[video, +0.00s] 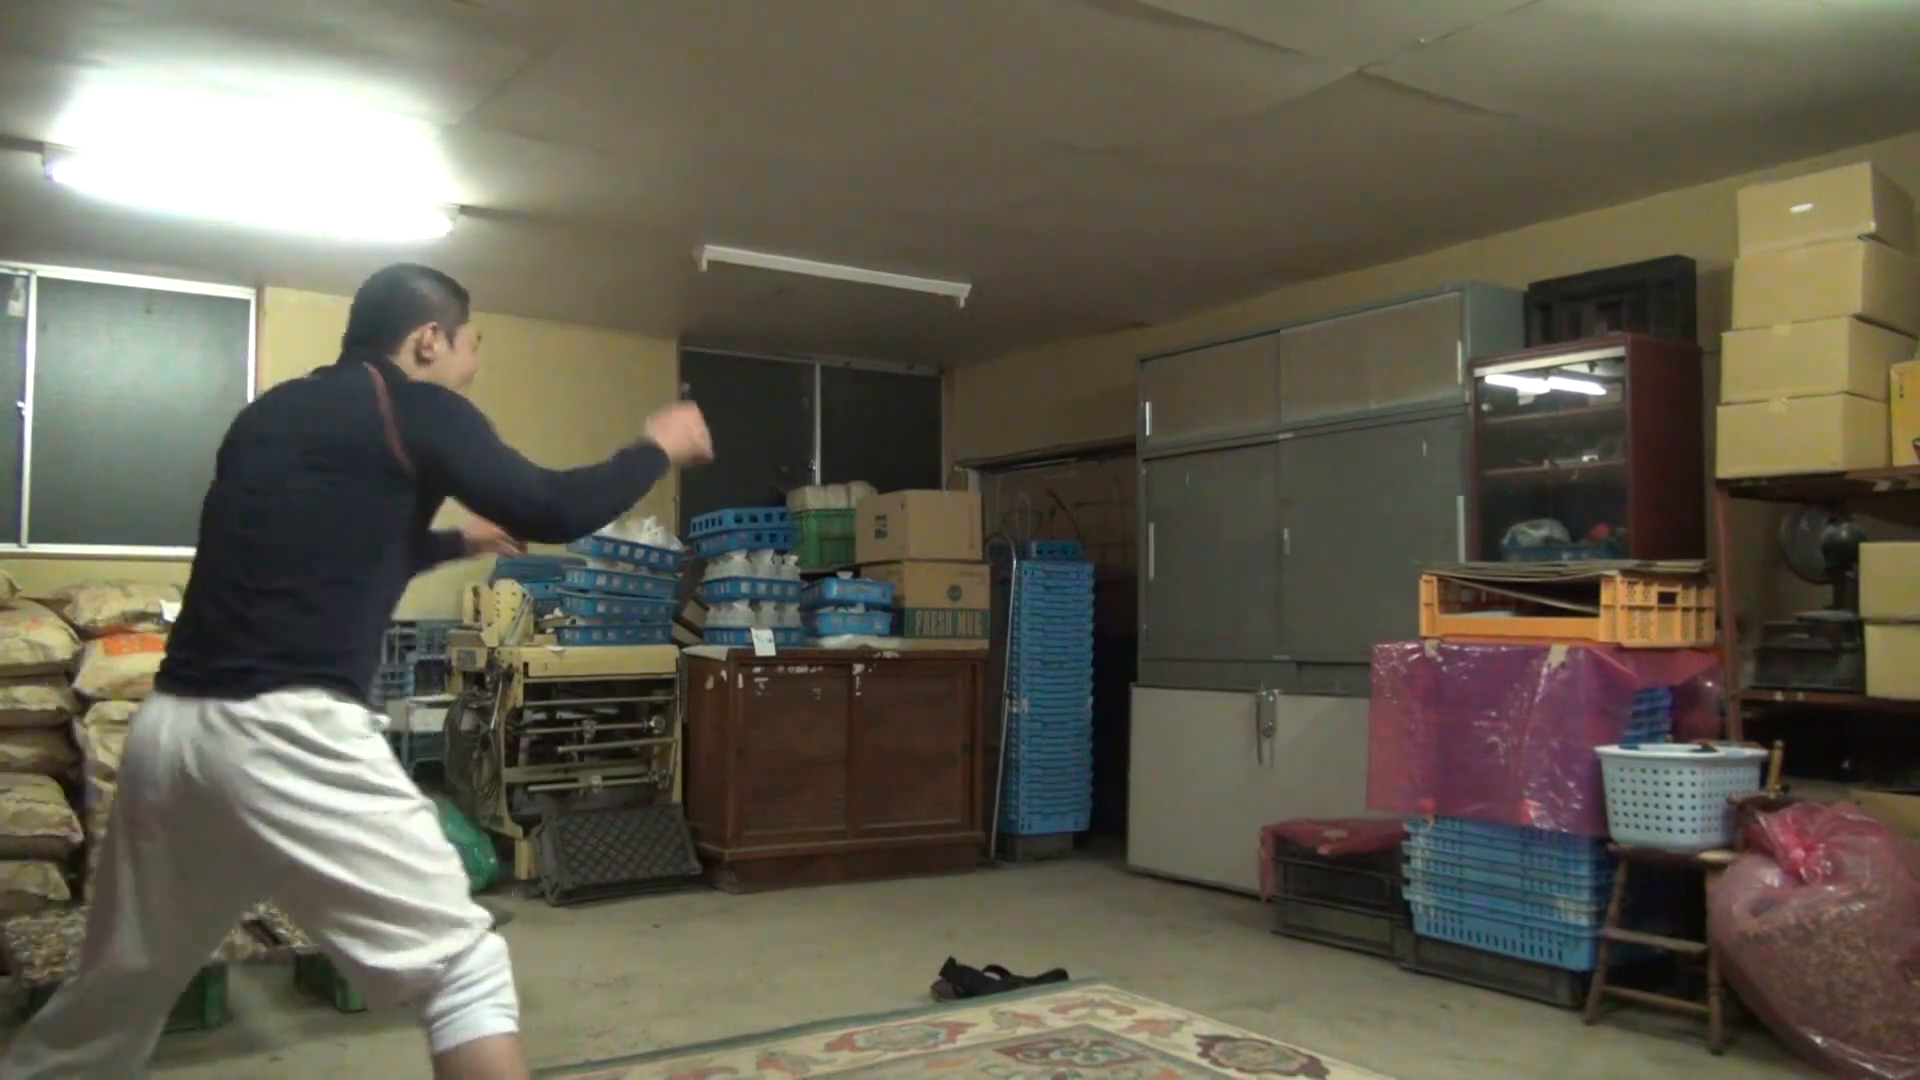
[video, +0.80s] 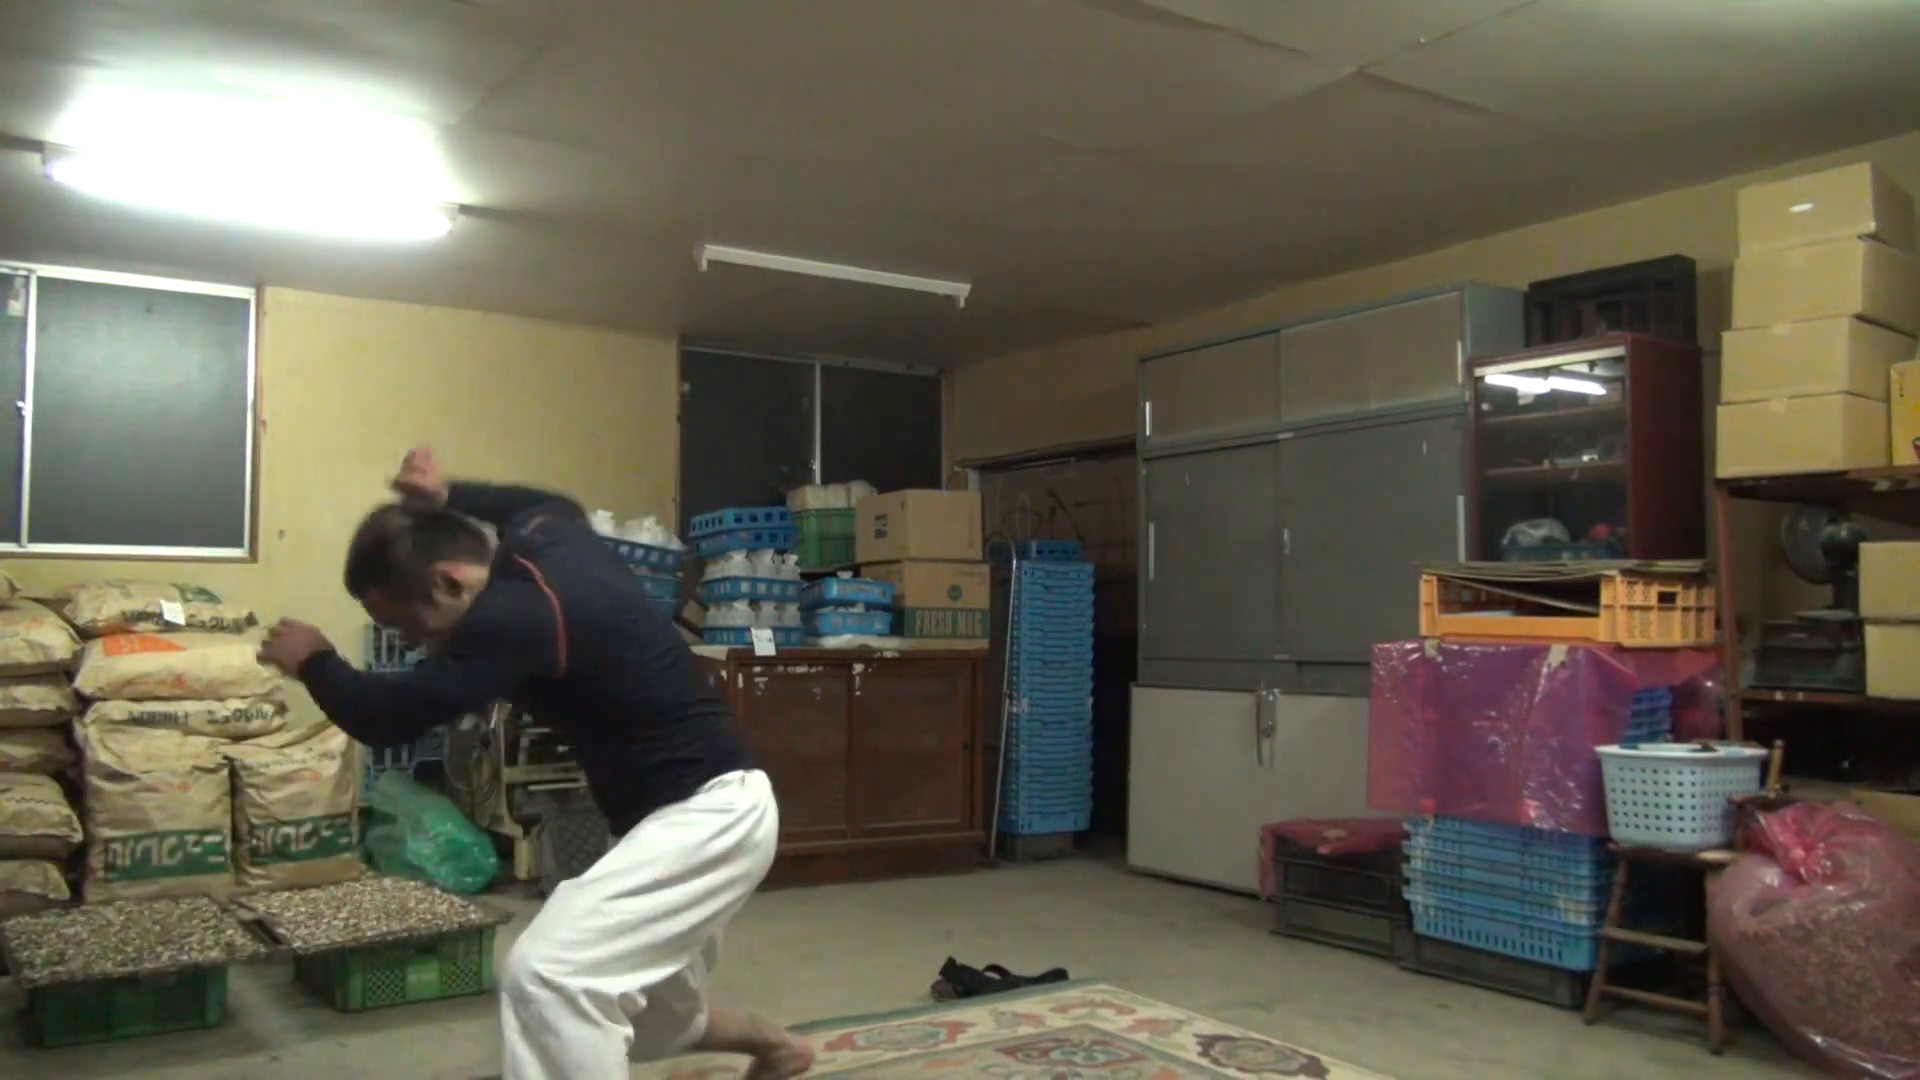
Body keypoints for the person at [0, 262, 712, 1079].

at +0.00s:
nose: (469, 367)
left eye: (472, 350)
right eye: (467, 348)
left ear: (359, 337)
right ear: (425, 341)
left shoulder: (264, 412)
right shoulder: (416, 407)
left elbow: (327, 556)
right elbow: (551, 510)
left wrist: (456, 542)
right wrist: (657, 449)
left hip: (165, 732)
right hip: (291, 732)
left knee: (114, 989)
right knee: (464, 975)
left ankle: (34, 1072)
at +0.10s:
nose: (469, 391)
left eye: (468, 369)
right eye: (460, 368)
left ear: (382, 373)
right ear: (407, 372)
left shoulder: (289, 442)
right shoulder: (371, 435)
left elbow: (363, 601)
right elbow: (498, 541)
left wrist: (491, 621)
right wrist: (653, 549)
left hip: (133, 770)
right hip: (246, 769)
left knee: (68, 1035)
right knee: (443, 986)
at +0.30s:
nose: (519, 375)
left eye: (514, 354)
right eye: (511, 355)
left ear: (422, 371)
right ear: (468, 366)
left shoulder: (352, 445)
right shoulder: (456, 449)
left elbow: (412, 620)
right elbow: (485, 595)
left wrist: (507, 715)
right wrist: (620, 680)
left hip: (221, 741)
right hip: (340, 745)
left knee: (116, 1000)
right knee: (493, 985)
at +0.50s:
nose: (505, 346)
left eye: (498, 328)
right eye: (499, 328)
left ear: (398, 343)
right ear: (478, 334)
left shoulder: (349, 422)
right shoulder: (557, 441)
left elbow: (365, 357)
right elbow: (634, 569)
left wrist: (459, 288)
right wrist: (691, 541)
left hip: (444, 756)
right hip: (566, 738)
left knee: (369, 1020)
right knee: (563, 954)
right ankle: (647, 1069)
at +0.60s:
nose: (367, 426)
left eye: (364, 412)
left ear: (375, 417)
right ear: (462, 387)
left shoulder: (394, 480)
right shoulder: (567, 456)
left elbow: (290, 470)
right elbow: (668, 509)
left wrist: (344, 377)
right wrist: (630, 410)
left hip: (567, 787)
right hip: (645, 760)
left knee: (424, 1029)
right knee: (588, 967)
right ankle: (780, 1056)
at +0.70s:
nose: (384, 560)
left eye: (378, 544)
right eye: (373, 551)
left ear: (408, 508)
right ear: (430, 481)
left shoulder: (450, 553)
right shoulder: (561, 484)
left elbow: (315, 627)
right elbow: (621, 462)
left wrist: (289, 563)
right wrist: (512, 413)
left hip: (647, 806)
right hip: (690, 792)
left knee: (487, 1003)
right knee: (642, 982)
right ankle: (764, 1046)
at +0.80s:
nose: (415, 642)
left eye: (406, 626)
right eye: (399, 631)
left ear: (450, 583)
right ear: (457, 565)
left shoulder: (514, 621)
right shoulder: (544, 531)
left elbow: (388, 715)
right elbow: (542, 502)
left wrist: (313, 663)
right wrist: (449, 495)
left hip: (706, 812)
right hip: (702, 804)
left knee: (548, 970)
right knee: (648, 1016)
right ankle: (775, 1045)